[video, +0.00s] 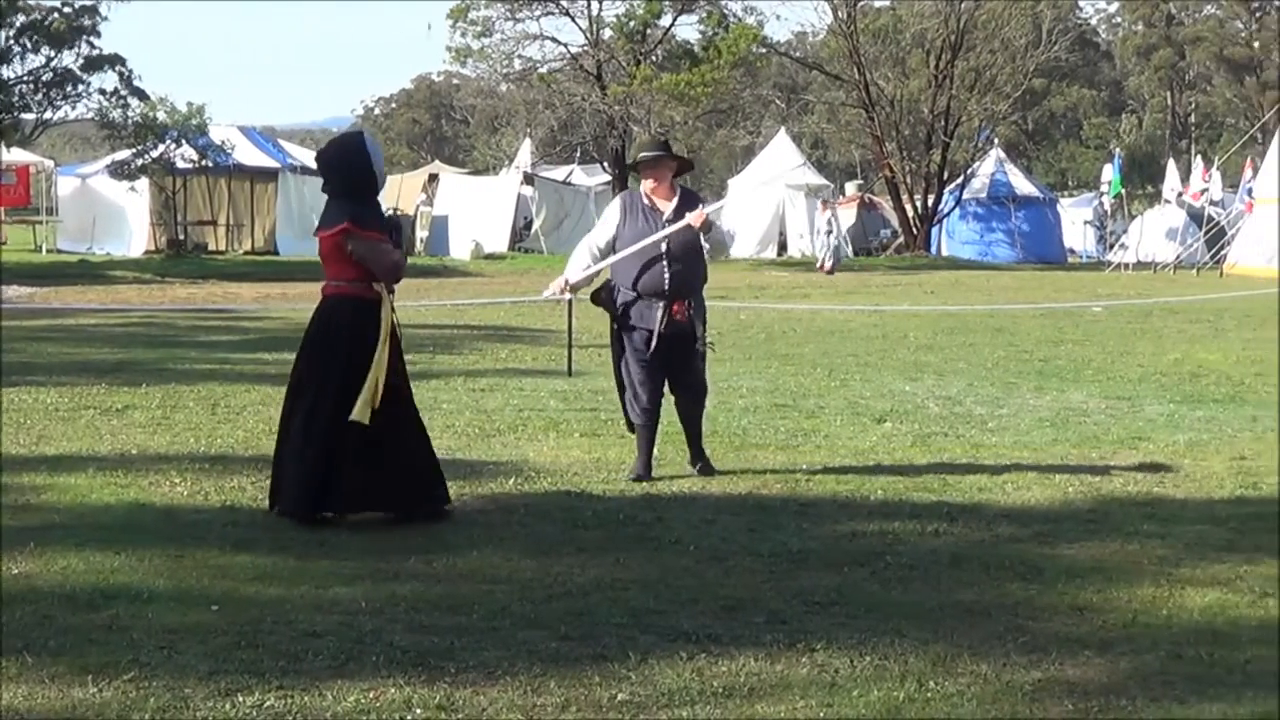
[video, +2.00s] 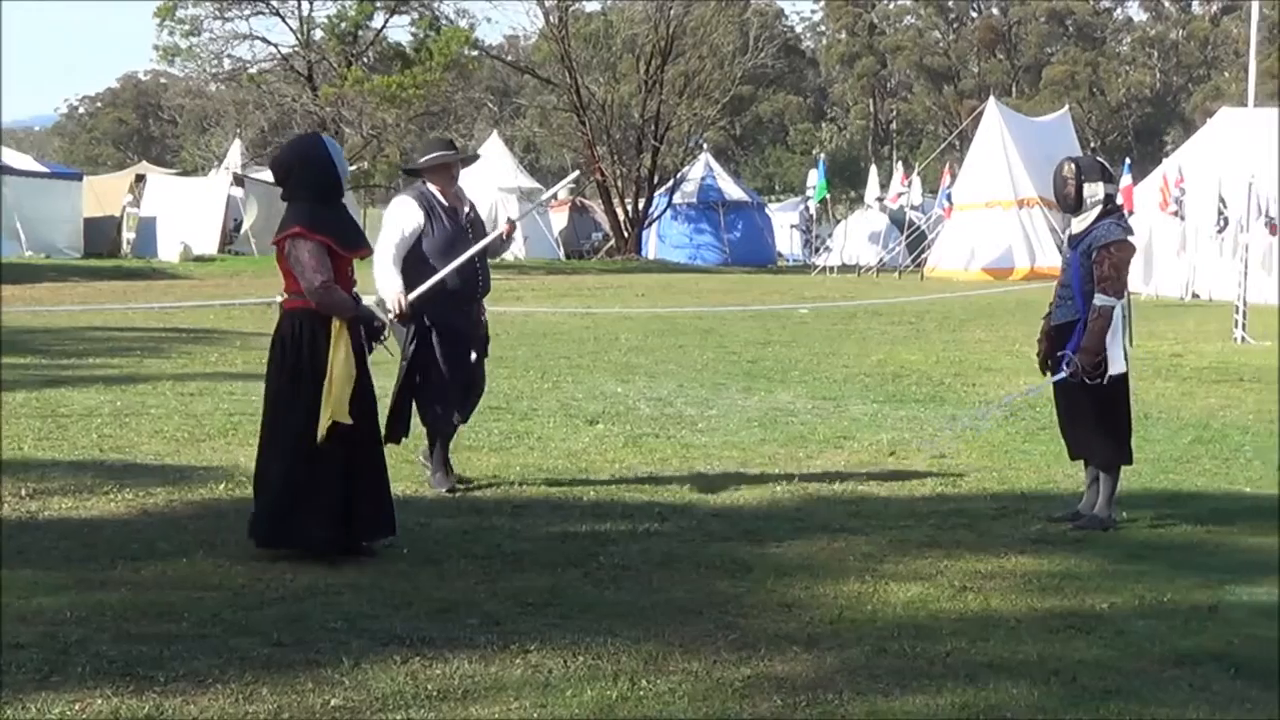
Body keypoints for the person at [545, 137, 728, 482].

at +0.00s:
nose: (648, 173)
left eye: (655, 166)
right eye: (643, 167)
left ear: (673, 169)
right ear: (637, 172)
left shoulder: (693, 203)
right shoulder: (624, 205)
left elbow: (721, 249)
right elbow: (594, 244)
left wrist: (707, 228)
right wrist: (571, 278)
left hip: (685, 312)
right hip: (638, 312)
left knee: (692, 389)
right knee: (644, 392)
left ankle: (697, 452)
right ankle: (642, 463)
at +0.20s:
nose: (615, 175)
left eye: (622, 167)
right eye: (609, 168)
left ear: (637, 168)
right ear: (601, 172)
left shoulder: (654, 203)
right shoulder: (586, 204)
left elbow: (680, 248)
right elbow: (556, 243)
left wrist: (678, 226)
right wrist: (536, 274)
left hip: (650, 307)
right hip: (604, 309)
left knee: (668, 379)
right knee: (612, 390)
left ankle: (669, 446)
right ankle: (612, 462)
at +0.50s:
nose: (582, 174)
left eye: (585, 167)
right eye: (573, 169)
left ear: (592, 168)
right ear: (558, 174)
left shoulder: (604, 202)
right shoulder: (541, 204)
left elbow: (625, 246)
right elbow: (512, 251)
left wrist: (637, 225)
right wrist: (514, 279)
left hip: (605, 308)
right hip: (561, 310)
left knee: (614, 386)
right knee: (563, 390)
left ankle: (629, 461)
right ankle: (563, 462)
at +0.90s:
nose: (555, 173)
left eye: (559, 166)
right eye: (547, 168)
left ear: (567, 169)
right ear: (532, 172)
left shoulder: (574, 203)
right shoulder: (514, 204)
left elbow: (596, 248)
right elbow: (490, 248)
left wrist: (607, 226)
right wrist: (490, 284)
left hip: (578, 308)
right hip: (534, 308)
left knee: (575, 392)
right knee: (525, 390)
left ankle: (576, 465)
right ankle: (507, 464)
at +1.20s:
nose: (521, 174)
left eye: (527, 167)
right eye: (513, 169)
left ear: (537, 169)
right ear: (502, 173)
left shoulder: (551, 205)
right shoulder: (484, 205)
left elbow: (574, 257)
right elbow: (458, 248)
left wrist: (580, 233)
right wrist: (448, 288)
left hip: (547, 306)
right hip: (504, 305)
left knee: (540, 385)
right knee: (504, 382)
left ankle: (530, 462)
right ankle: (488, 449)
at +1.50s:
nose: (488, 176)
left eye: (493, 168)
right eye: (480, 171)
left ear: (501, 169)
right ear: (466, 174)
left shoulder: (514, 205)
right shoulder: (448, 207)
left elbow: (535, 255)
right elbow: (419, 247)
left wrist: (541, 239)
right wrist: (402, 285)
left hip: (512, 307)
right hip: (472, 310)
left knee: (507, 387)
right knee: (487, 388)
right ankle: (489, 468)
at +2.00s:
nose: (450, 173)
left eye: (453, 166)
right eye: (442, 168)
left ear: (459, 167)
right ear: (426, 171)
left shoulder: (465, 202)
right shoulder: (408, 206)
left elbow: (484, 250)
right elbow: (385, 254)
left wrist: (502, 238)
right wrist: (392, 289)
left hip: (468, 309)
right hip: (429, 311)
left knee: (472, 384)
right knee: (437, 387)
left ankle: (435, 447)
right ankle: (440, 466)